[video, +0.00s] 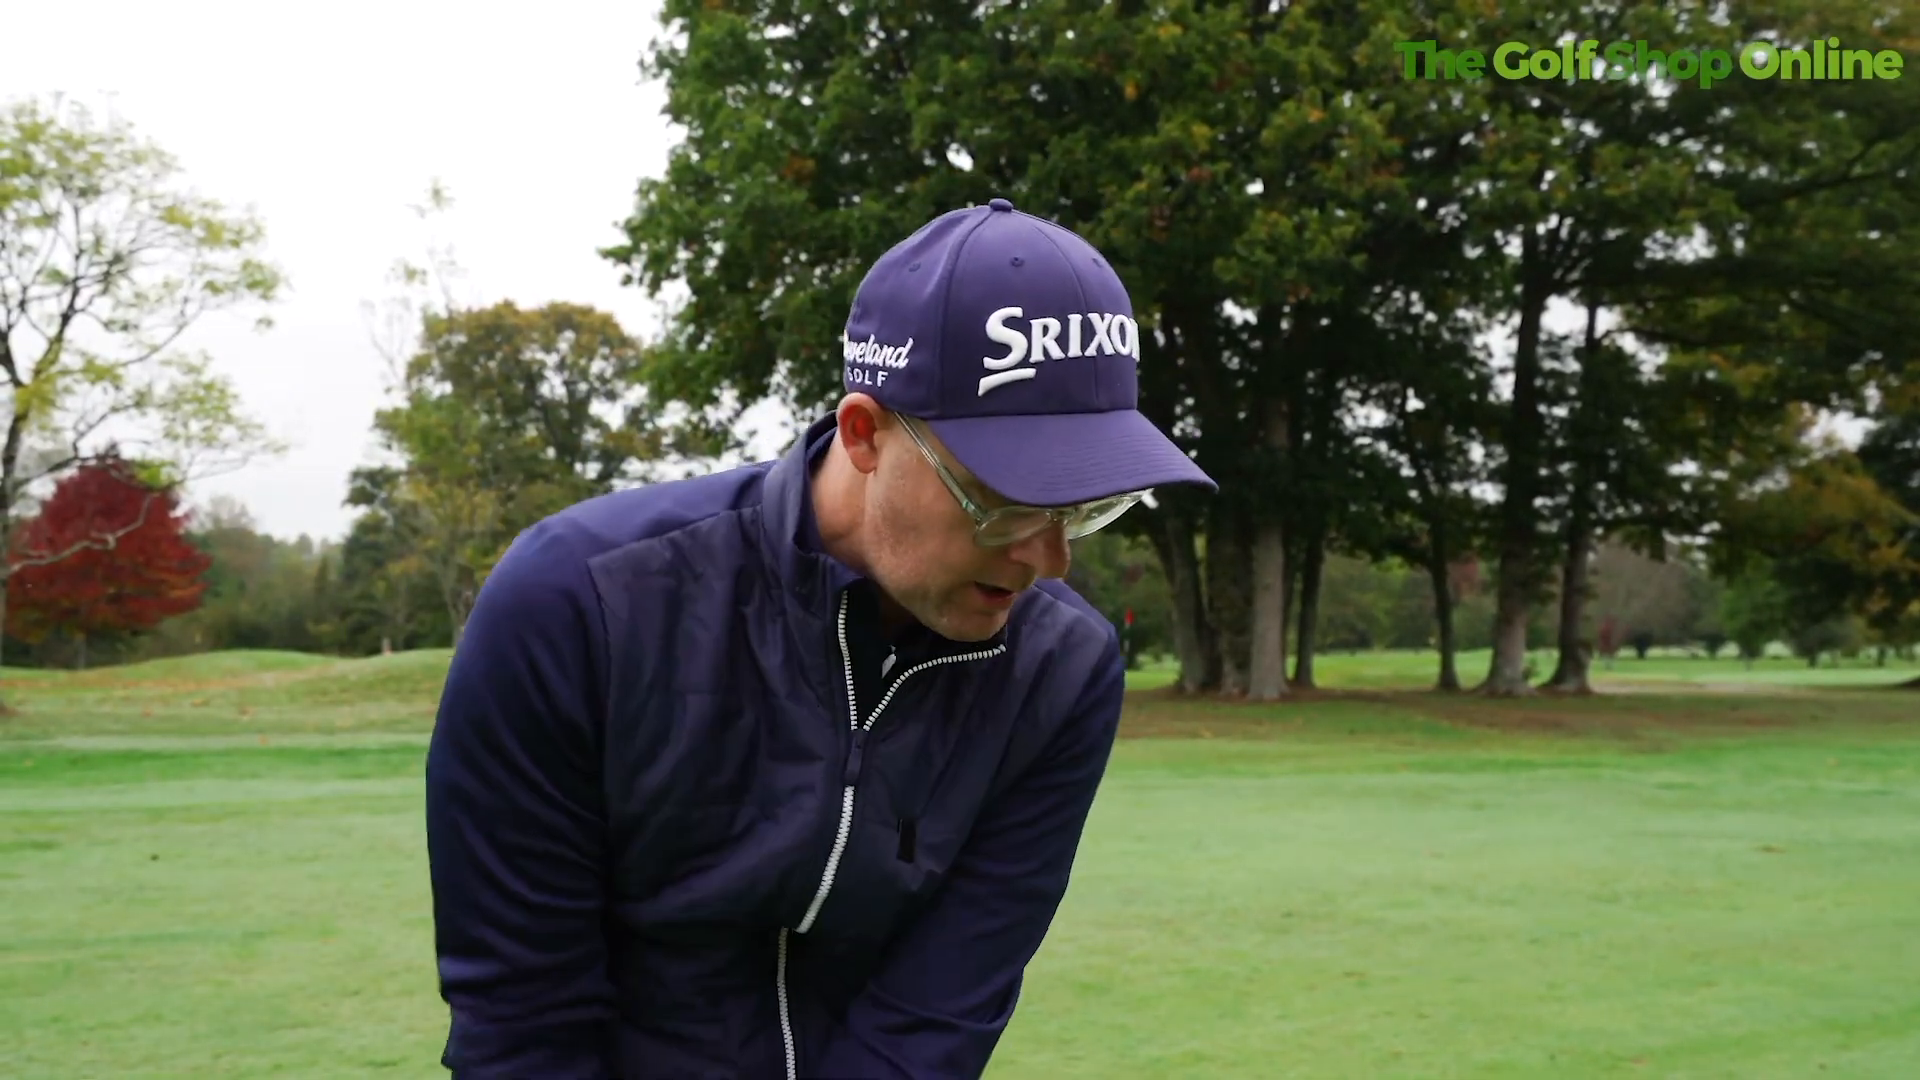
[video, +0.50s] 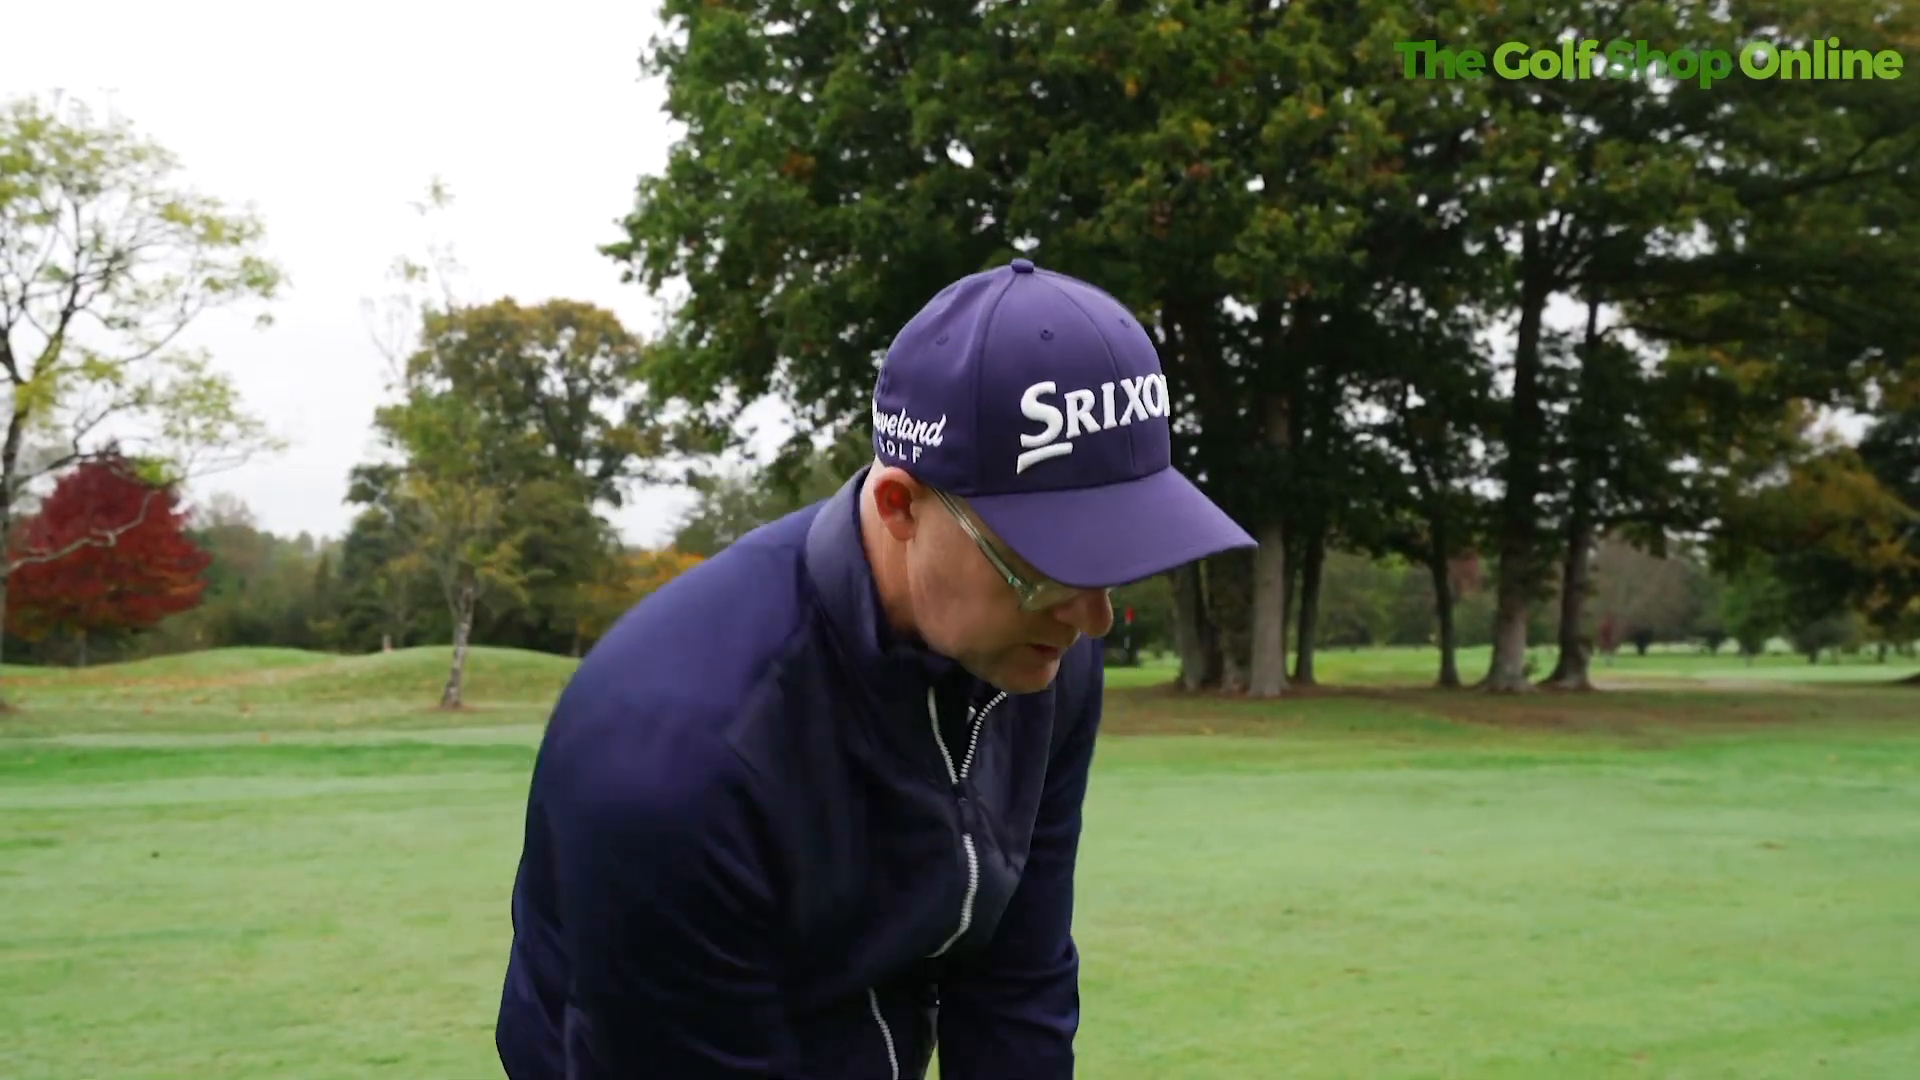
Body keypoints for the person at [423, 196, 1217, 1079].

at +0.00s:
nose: (1046, 557)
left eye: (1076, 504)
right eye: (1004, 500)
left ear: (1108, 473)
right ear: (863, 437)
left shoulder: (1064, 668)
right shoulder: (573, 602)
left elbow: (930, 1034)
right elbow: (520, 1024)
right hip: (615, 1056)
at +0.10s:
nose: (1062, 562)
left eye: (1090, 510)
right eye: (1015, 508)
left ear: (1123, 472)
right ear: (879, 444)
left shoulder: (1074, 688)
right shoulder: (582, 577)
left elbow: (905, 1037)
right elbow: (498, 981)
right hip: (589, 1051)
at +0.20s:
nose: (1075, 571)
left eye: (1102, 520)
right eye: (1028, 519)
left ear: (1133, 474)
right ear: (891, 450)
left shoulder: (1081, 688)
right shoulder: (593, 578)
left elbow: (913, 1036)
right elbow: (506, 977)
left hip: (848, 1066)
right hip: (597, 1054)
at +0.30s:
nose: (1082, 579)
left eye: (1105, 527)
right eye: (1034, 528)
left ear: (1135, 478)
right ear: (895, 462)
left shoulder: (1085, 675)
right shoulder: (603, 613)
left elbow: (963, 1033)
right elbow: (548, 1022)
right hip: (649, 1055)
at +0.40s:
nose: (1088, 597)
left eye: (1107, 545)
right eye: (1042, 548)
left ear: (1136, 487)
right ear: (897, 482)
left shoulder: (1078, 654)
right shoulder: (628, 679)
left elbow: (1005, 1019)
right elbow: (592, 1042)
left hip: (914, 1042)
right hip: (675, 1042)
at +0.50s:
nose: (1094, 618)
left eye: (1108, 564)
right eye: (1045, 568)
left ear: (1132, 503)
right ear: (896, 509)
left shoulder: (1050, 651)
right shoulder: (673, 765)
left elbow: (1018, 994)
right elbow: (678, 1056)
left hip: (868, 1035)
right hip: (659, 1043)